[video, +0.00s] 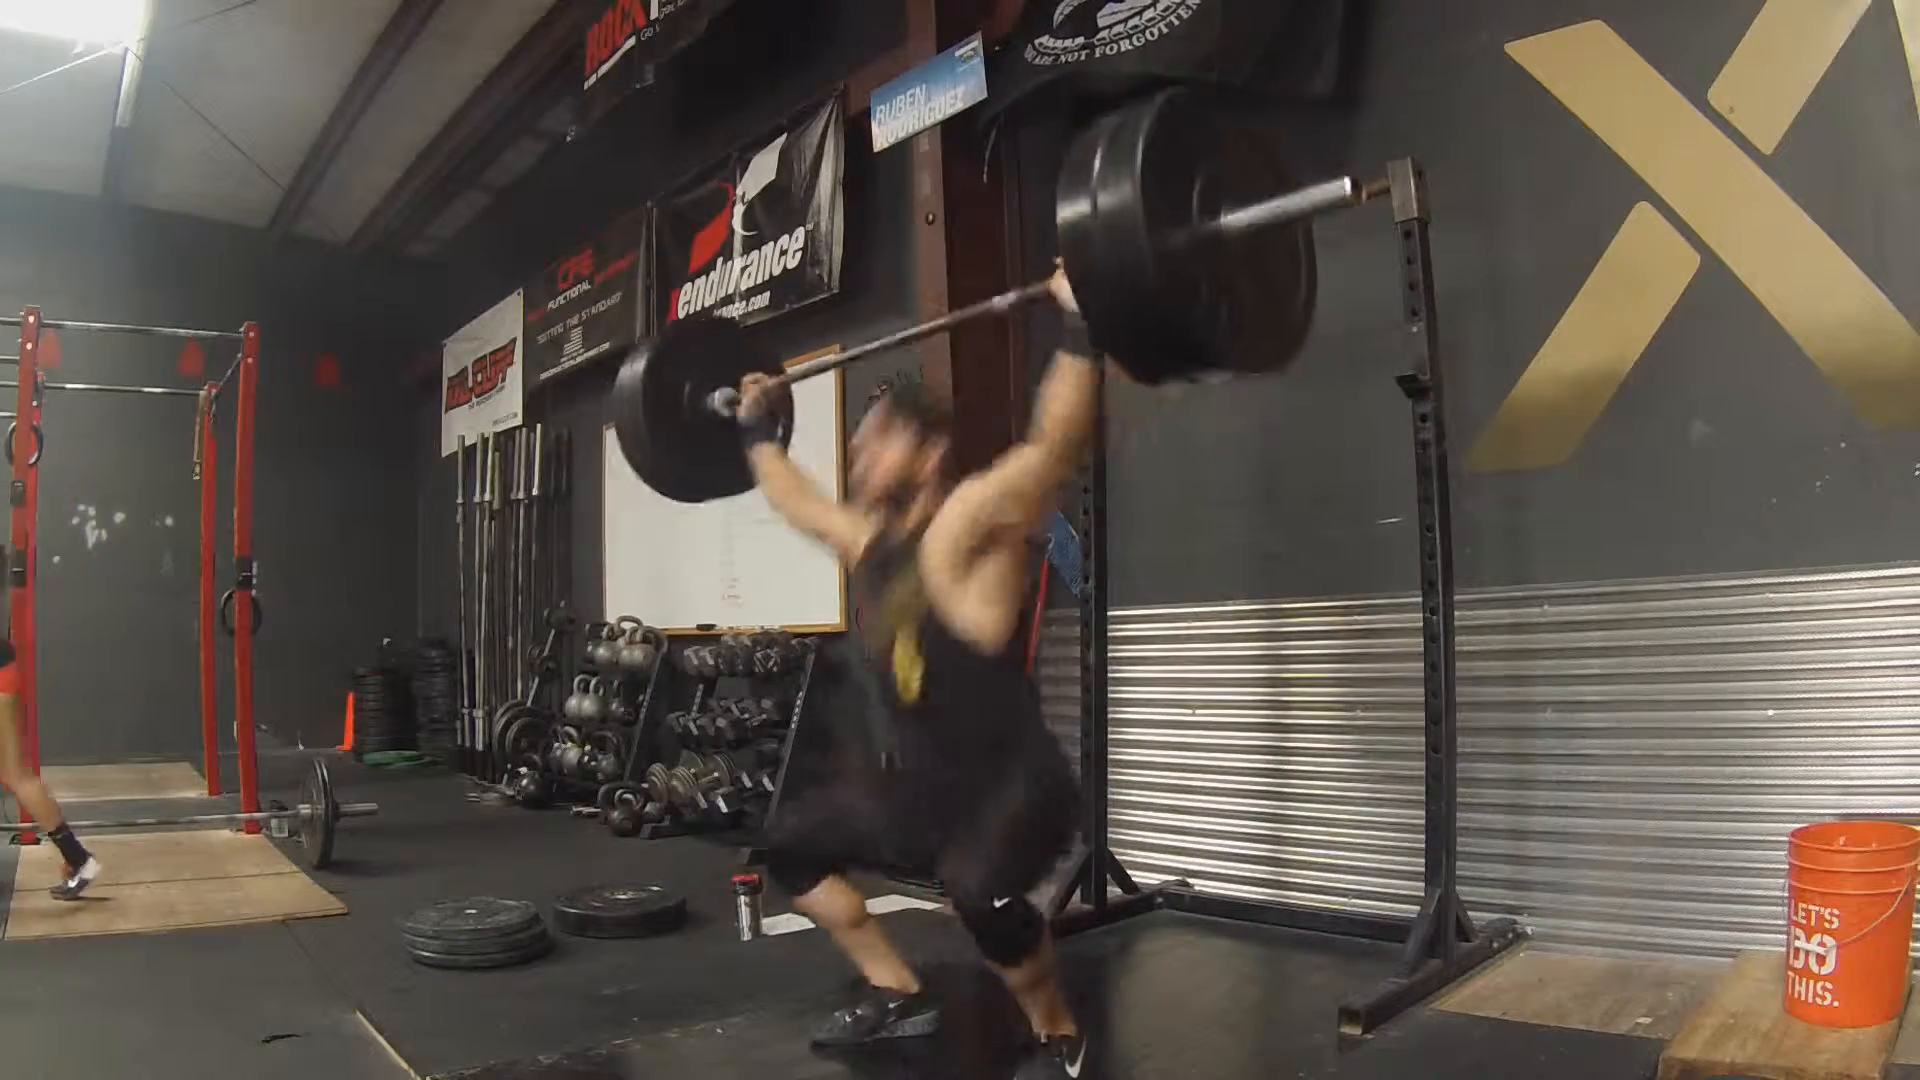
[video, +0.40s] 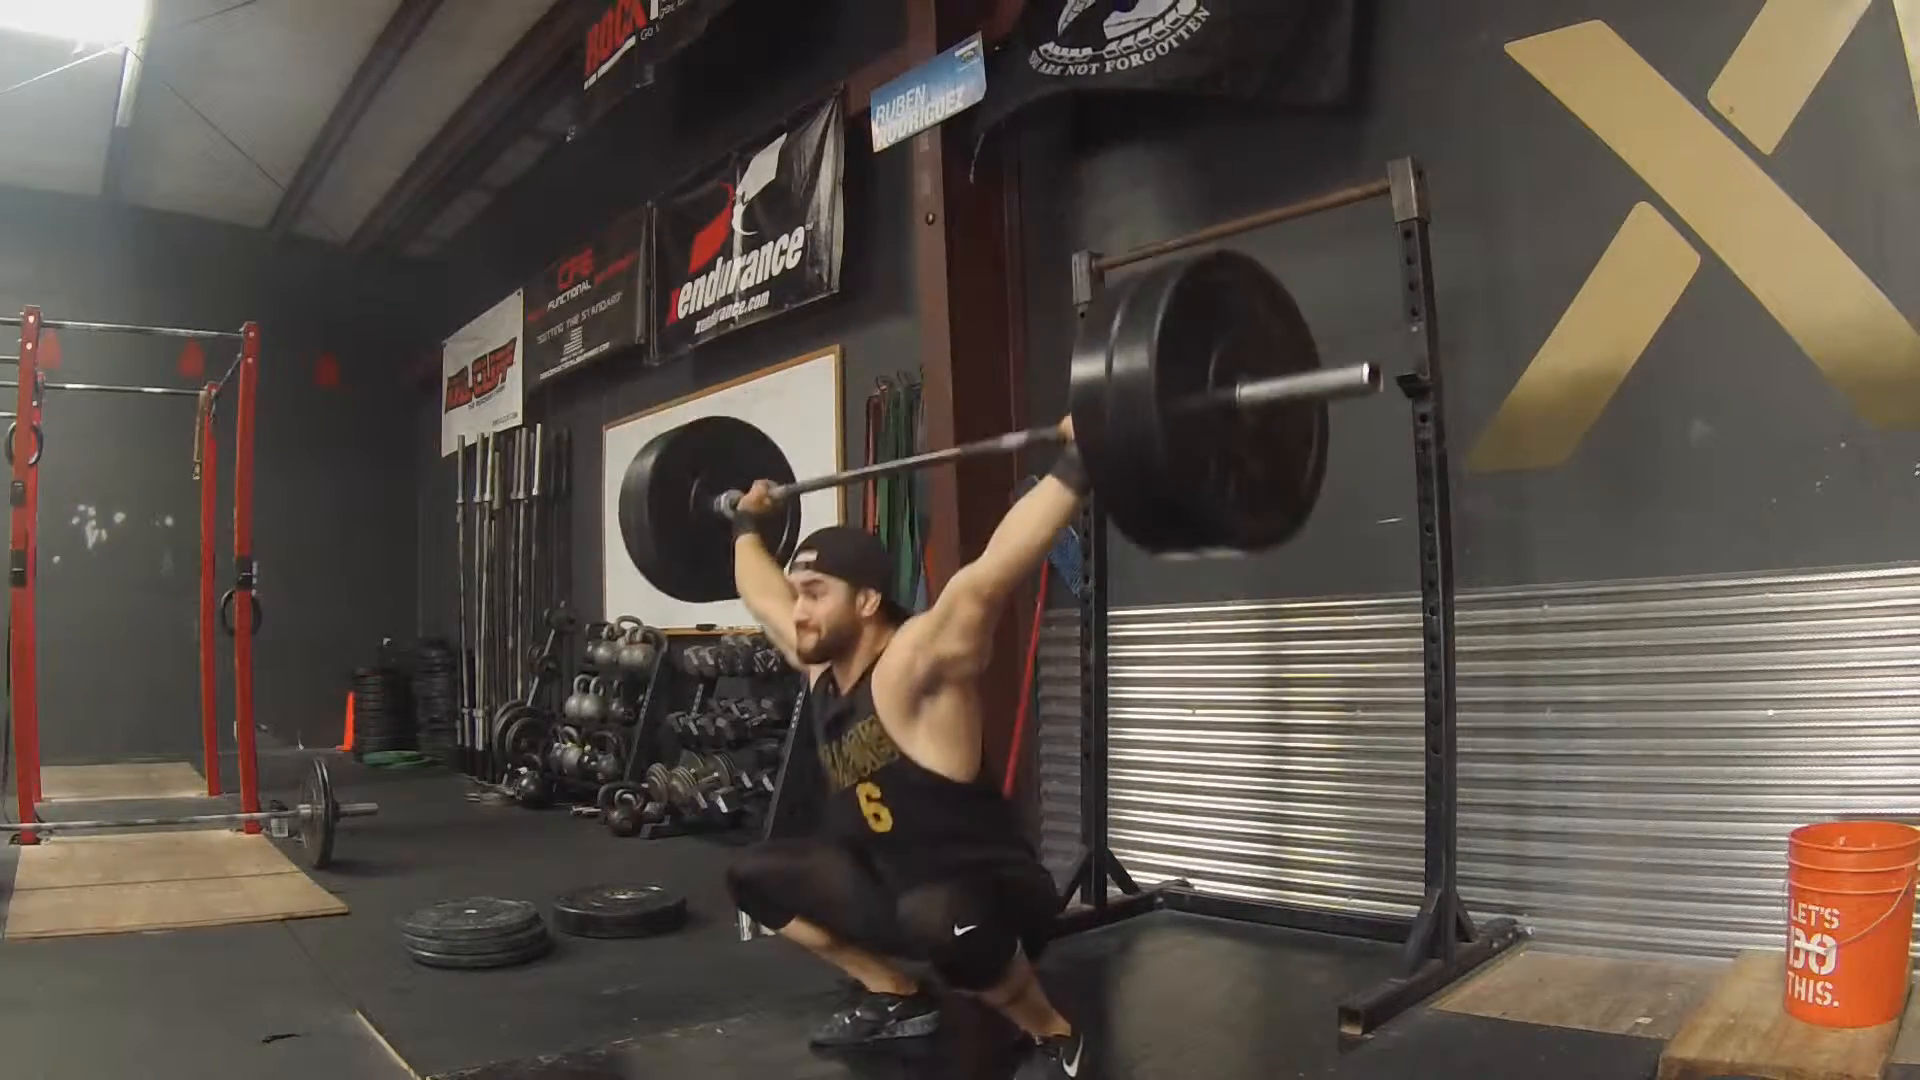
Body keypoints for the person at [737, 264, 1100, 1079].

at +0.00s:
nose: (861, 453)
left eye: (880, 437)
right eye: (860, 440)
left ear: (930, 454)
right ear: (862, 459)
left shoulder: (975, 521)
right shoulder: (866, 542)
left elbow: (1057, 447)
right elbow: (794, 498)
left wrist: (1077, 324)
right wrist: (756, 427)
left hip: (1013, 786)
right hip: (917, 786)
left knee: (977, 889)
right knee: (793, 848)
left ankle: (1057, 1034)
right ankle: (898, 995)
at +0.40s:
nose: (797, 612)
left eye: (815, 592)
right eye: (794, 595)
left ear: (867, 603)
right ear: (791, 607)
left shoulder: (927, 654)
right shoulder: (827, 672)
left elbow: (993, 575)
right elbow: (769, 597)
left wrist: (1074, 467)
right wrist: (750, 525)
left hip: (983, 878)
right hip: (882, 879)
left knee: (941, 918)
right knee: (756, 876)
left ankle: (1051, 1034)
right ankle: (895, 993)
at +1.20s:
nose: (762, 490)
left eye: (774, 470)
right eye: (755, 474)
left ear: (831, 464)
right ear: (756, 477)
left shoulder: (911, 506)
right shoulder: (812, 534)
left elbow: (1005, 420)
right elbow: (748, 466)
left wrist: (1089, 309)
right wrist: (746, 392)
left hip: (1014, 725)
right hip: (917, 740)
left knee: (966, 858)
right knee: (793, 831)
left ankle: (1052, 1031)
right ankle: (892, 990)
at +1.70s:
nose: (785, 342)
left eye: (796, 322)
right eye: (779, 330)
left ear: (850, 308)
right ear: (791, 334)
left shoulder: (932, 351)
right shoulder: (823, 386)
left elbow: (1014, 255)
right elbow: (758, 330)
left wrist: (1109, 146)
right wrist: (753, 256)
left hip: (1007, 616)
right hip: (917, 636)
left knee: (999, 829)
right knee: (842, 797)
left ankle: (1058, 1033)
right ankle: (898, 995)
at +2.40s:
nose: (894, 276)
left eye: (911, 260)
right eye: (891, 265)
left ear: (963, 263)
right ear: (902, 277)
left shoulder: (1015, 320)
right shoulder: (906, 344)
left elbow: (1082, 232)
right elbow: (832, 301)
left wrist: (1122, 119)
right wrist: (774, 230)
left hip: (1014, 607)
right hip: (927, 619)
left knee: (1005, 805)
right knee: (867, 783)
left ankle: (1057, 1031)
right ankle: (897, 994)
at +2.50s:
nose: (953, 255)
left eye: (968, 241)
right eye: (947, 244)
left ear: (1016, 250)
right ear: (953, 260)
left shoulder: (1056, 311)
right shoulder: (947, 332)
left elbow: (1149, 285)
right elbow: (868, 324)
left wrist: (1142, 185)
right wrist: (792, 273)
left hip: (1051, 596)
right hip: (965, 603)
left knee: (1068, 794)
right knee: (923, 774)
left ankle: (1098, 1017)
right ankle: (926, 972)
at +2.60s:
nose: (998, 285)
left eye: (1012, 270)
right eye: (992, 273)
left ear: (1058, 273)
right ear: (990, 278)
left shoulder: (1095, 335)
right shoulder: (986, 350)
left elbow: (1158, 366)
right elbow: (896, 386)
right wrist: (798, 361)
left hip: (1070, 600)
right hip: (990, 602)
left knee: (1089, 791)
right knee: (933, 781)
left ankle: (1182, 967)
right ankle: (995, 947)